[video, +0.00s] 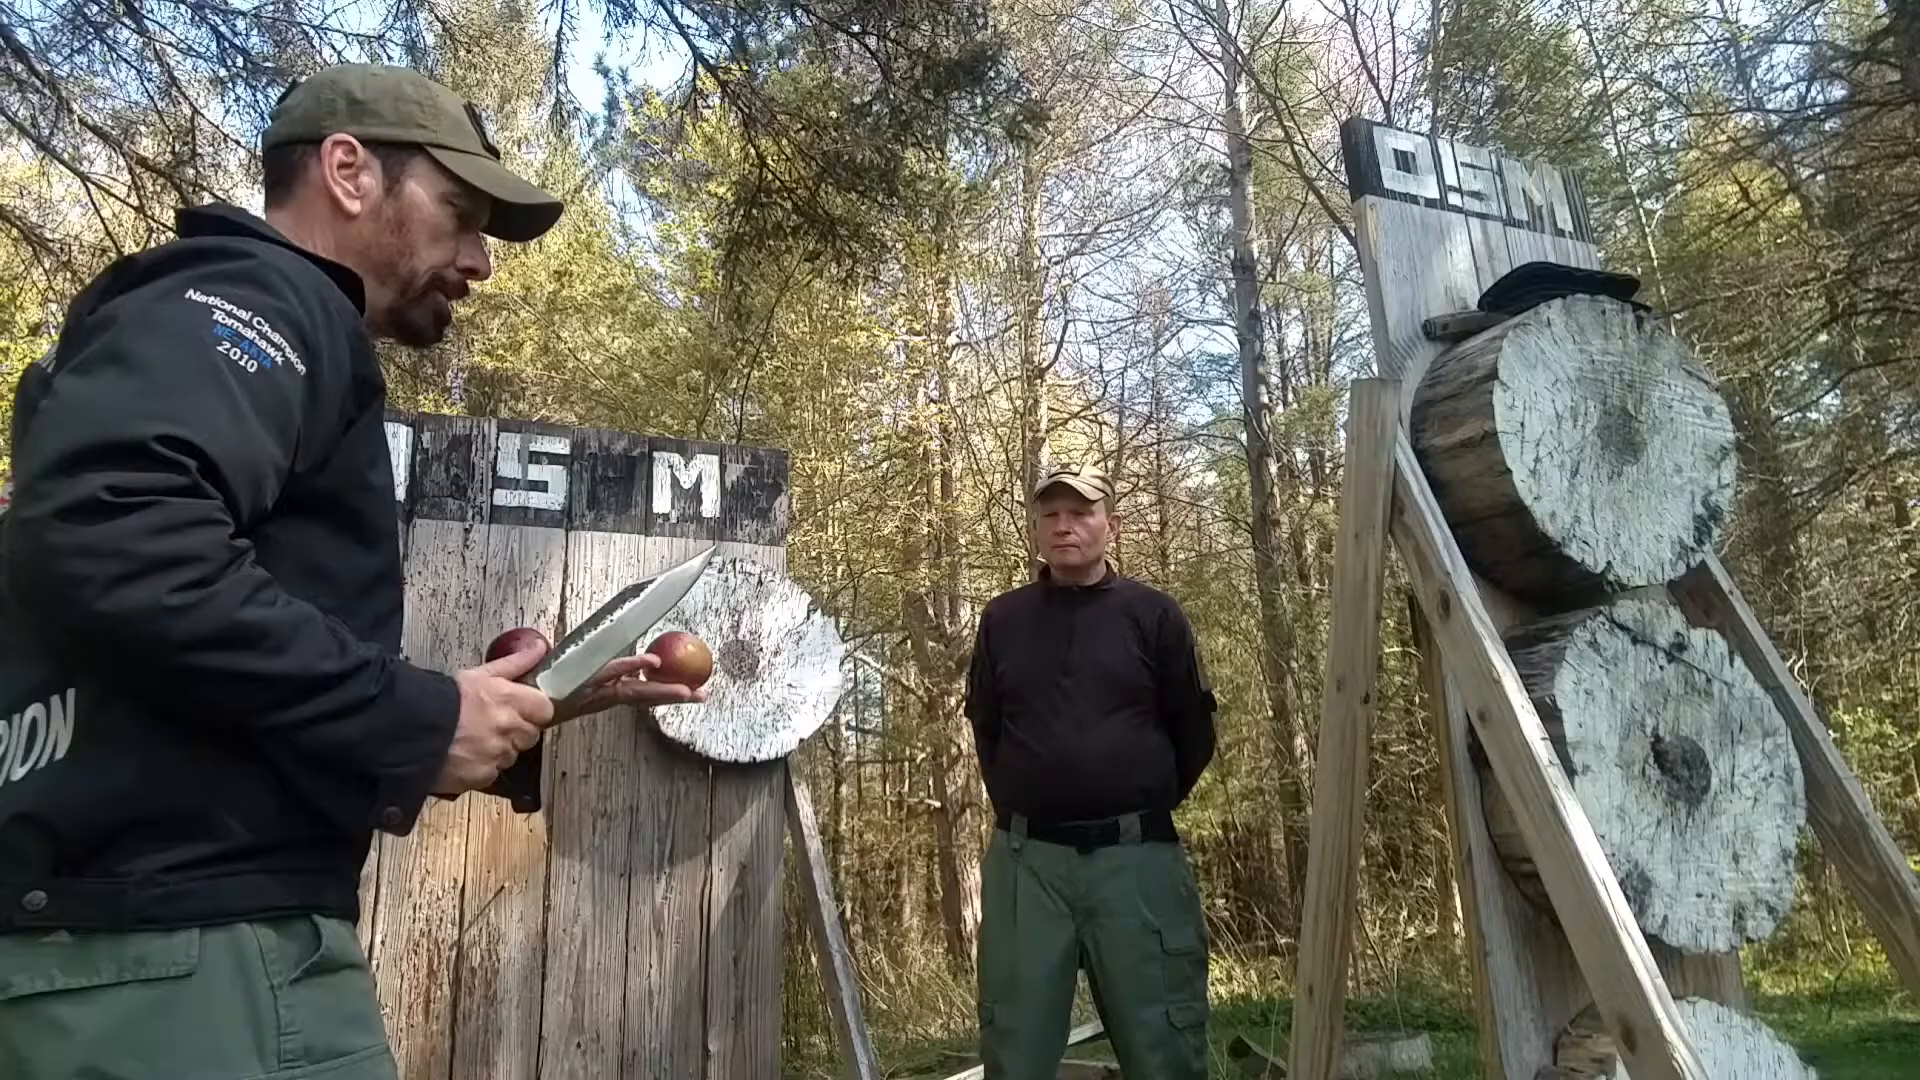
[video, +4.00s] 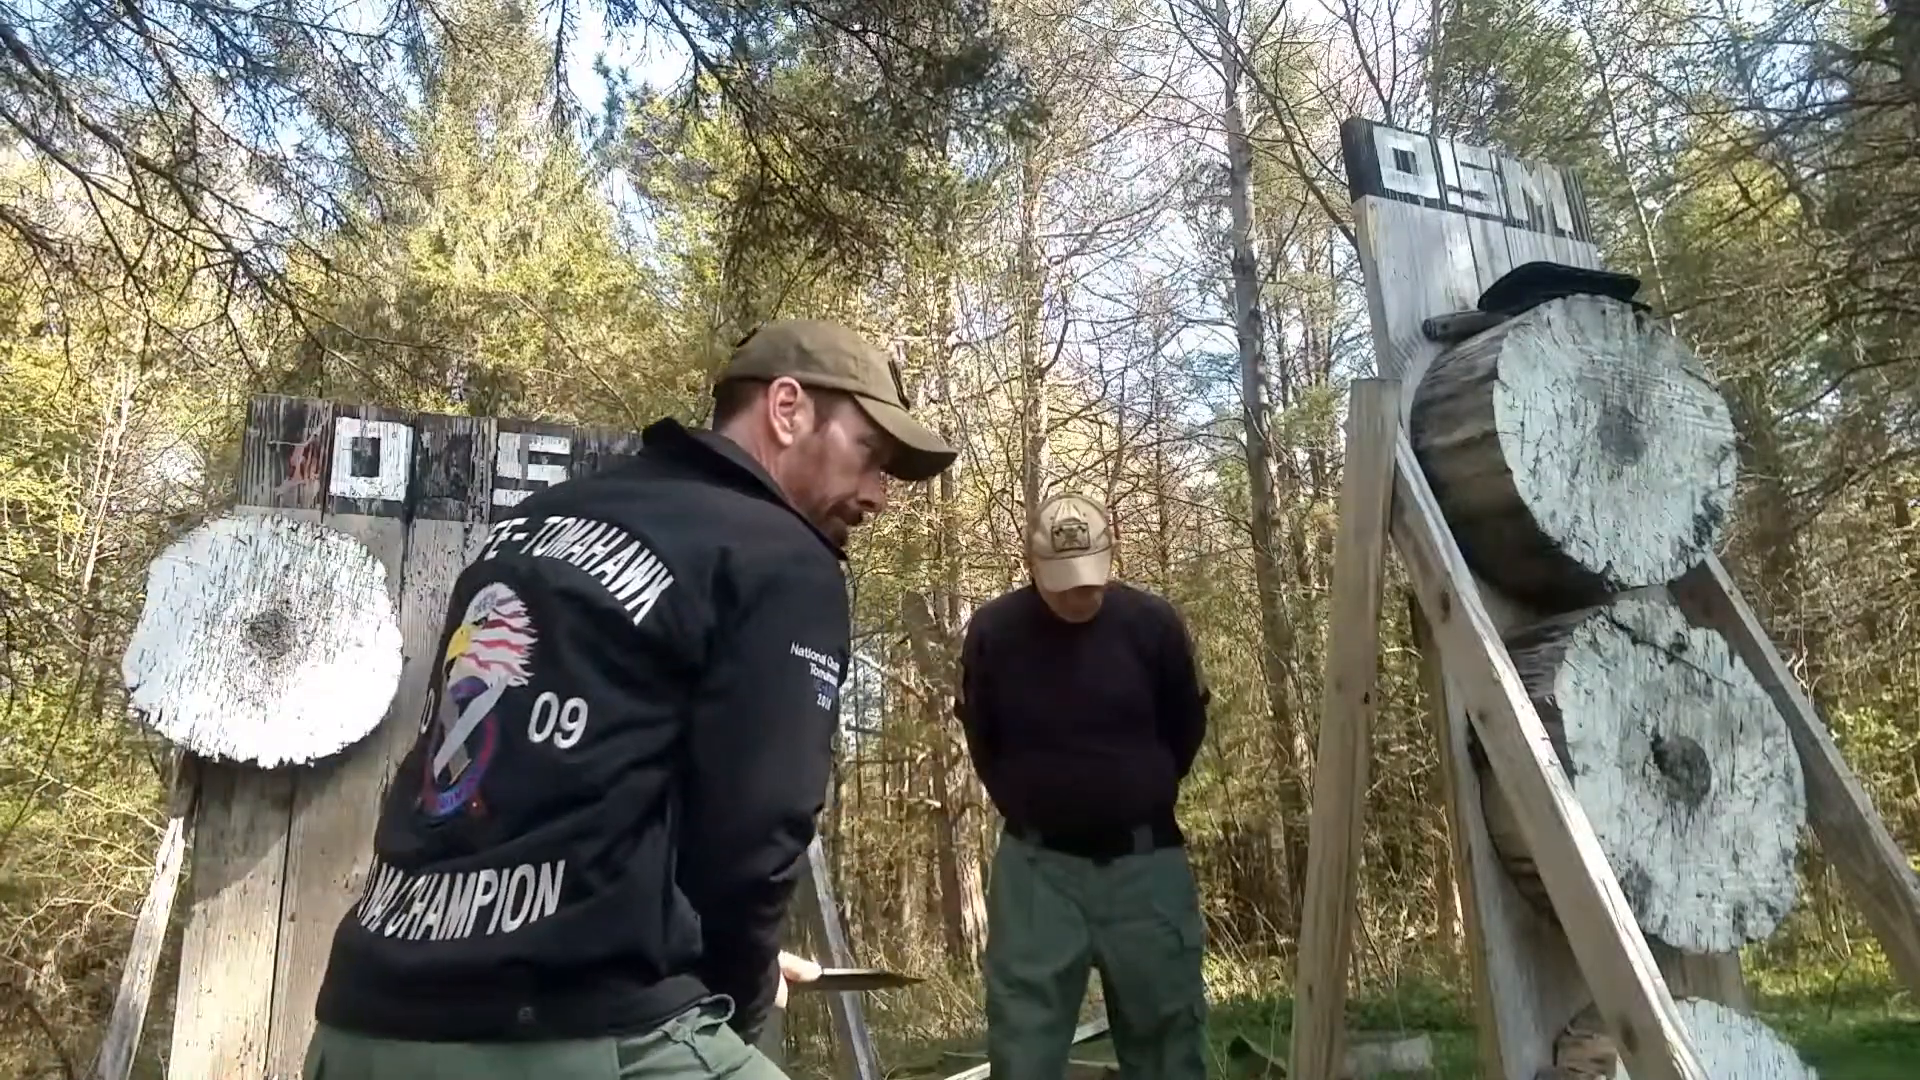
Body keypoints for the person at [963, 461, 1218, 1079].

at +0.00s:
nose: (1064, 525)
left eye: (1080, 513)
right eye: (1051, 515)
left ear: (1109, 528)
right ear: (1033, 534)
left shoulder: (1154, 614)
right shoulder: (1001, 618)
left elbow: (1195, 732)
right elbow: (985, 728)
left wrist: (1141, 812)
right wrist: (1030, 813)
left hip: (1137, 859)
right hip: (1025, 861)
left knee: (1162, 1052)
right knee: (1016, 1054)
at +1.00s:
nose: (1065, 526)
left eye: (1080, 513)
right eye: (1051, 515)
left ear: (1110, 527)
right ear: (1033, 533)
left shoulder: (1153, 614)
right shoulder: (1000, 618)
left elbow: (1193, 732)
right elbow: (984, 730)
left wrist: (1139, 811)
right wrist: (1027, 814)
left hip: (1136, 860)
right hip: (1024, 861)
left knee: (1162, 1055)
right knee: (1016, 1055)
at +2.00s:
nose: (1067, 526)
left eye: (1082, 513)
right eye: (1052, 515)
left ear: (1109, 527)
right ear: (1034, 534)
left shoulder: (1153, 614)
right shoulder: (1000, 619)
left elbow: (1194, 730)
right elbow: (984, 731)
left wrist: (1142, 813)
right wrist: (1026, 818)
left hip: (1138, 860)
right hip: (1025, 861)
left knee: (1164, 1058)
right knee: (1016, 1058)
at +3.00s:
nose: (1070, 519)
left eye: (1084, 508)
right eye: (1054, 510)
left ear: (1109, 527)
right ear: (1035, 532)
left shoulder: (1153, 613)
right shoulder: (1000, 618)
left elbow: (1194, 726)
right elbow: (983, 728)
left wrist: (1143, 812)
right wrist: (1023, 817)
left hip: (1138, 859)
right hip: (1025, 861)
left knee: (1164, 1056)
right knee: (1016, 1058)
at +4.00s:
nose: (1077, 598)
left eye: (1089, 583)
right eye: (1062, 586)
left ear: (1108, 560)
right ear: (1035, 567)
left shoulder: (1154, 622)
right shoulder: (993, 629)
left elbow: (1185, 724)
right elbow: (981, 734)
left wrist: (1140, 800)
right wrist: (1031, 810)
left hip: (1147, 873)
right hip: (1033, 873)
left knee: (1167, 1053)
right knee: (1022, 1057)